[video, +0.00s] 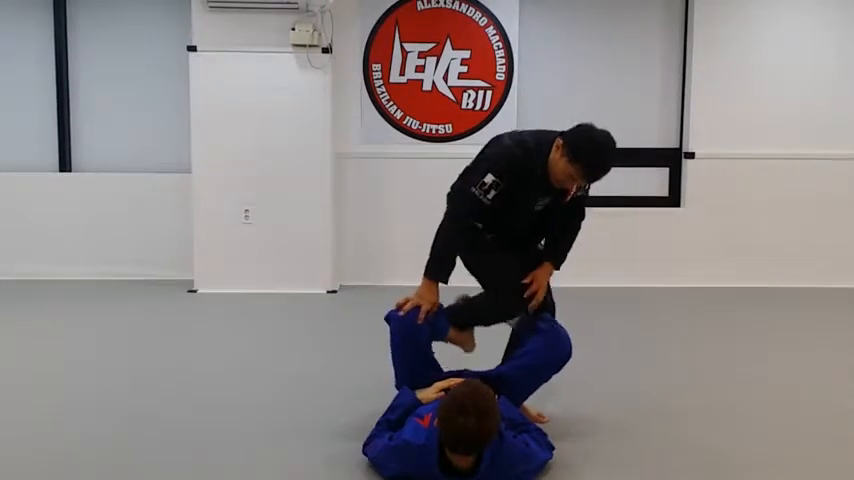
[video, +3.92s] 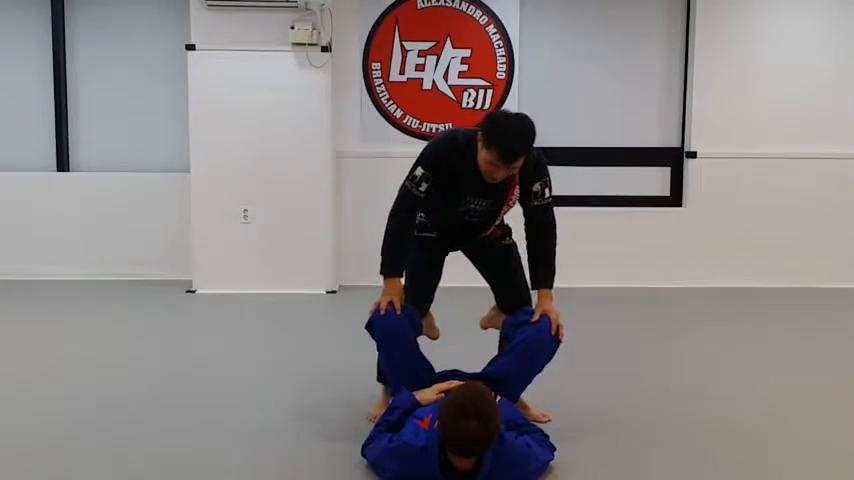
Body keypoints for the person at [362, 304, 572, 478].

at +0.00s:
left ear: (437, 424)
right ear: (496, 426)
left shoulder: (406, 453)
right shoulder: (515, 457)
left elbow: (374, 443)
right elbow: (540, 442)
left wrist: (413, 397)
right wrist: (509, 405)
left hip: (428, 392)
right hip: (498, 394)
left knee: (404, 318)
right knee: (558, 342)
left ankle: (451, 327)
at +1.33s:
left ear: (439, 421)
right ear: (497, 428)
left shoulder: (409, 451)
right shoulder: (515, 456)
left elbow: (374, 443)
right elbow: (540, 443)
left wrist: (413, 397)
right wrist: (520, 414)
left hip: (429, 392)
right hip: (498, 397)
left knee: (419, 316)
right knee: (559, 346)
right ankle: (519, 312)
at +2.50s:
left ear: (439, 416)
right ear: (498, 421)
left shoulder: (409, 449)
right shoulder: (515, 455)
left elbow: (374, 444)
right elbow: (540, 442)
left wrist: (414, 398)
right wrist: (513, 408)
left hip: (424, 397)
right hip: (495, 396)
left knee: (415, 316)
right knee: (550, 339)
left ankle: (413, 295)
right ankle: (520, 306)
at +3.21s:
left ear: (437, 425)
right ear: (498, 430)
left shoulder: (409, 452)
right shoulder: (517, 457)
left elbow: (373, 445)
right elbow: (540, 441)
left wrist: (411, 398)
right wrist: (506, 403)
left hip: (423, 394)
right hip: (492, 392)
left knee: (386, 319)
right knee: (543, 331)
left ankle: (413, 311)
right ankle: (491, 312)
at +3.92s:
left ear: (437, 427)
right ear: (497, 431)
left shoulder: (408, 452)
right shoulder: (517, 457)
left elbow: (372, 445)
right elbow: (542, 442)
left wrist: (409, 398)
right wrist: (502, 402)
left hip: (423, 395)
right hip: (493, 393)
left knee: (385, 318)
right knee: (546, 328)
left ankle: (421, 319)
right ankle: (503, 318)